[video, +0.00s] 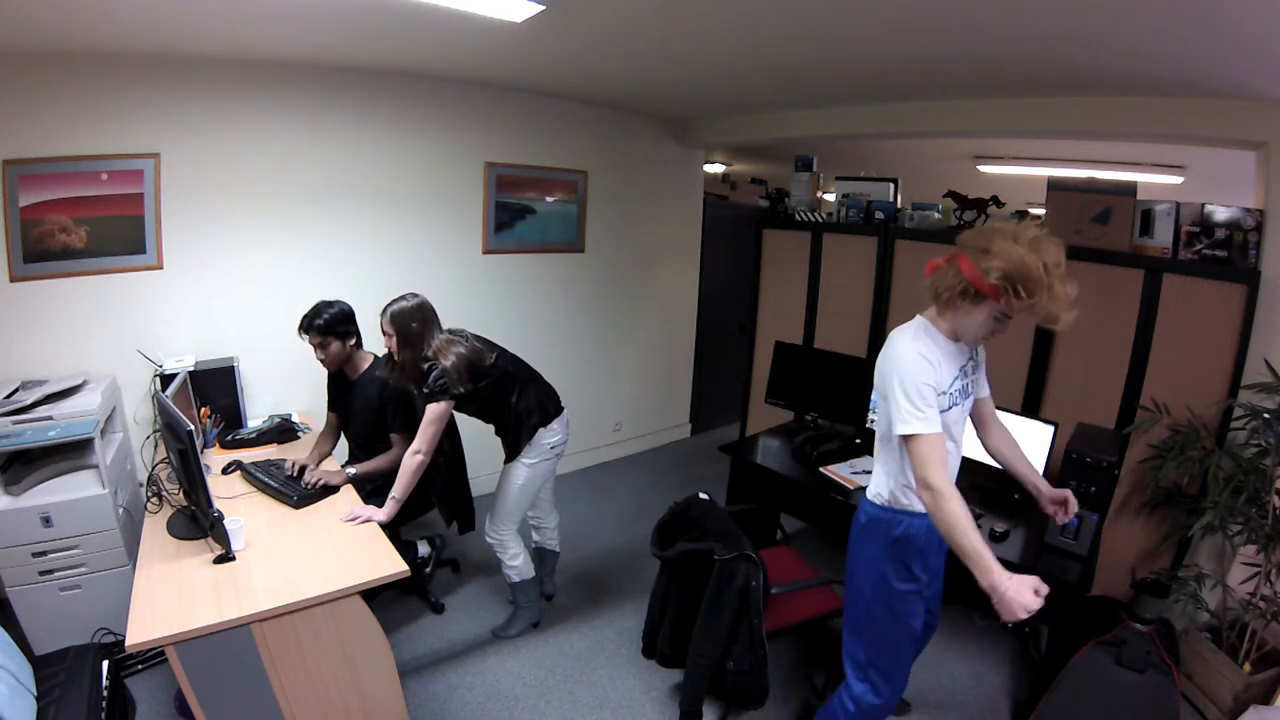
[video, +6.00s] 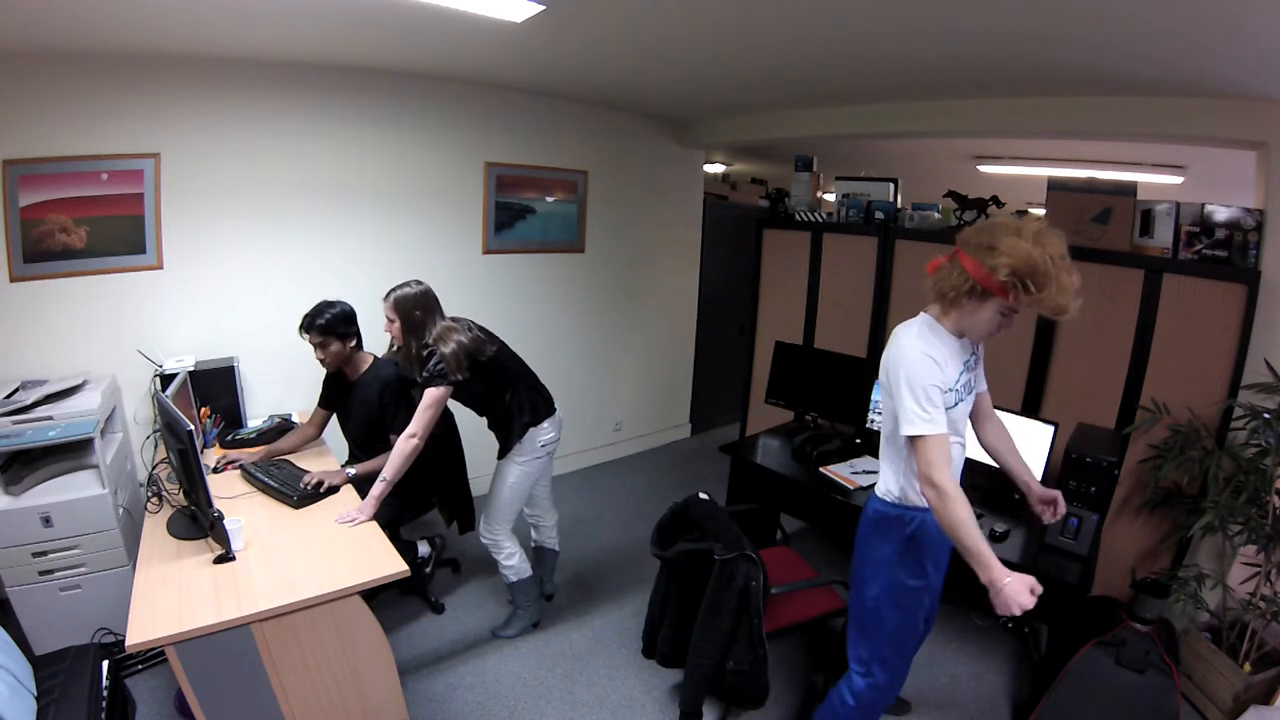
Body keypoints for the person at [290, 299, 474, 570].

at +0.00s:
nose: (318, 356)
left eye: (323, 346)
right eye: (314, 348)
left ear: (350, 339)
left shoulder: (388, 382)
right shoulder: (338, 375)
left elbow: (402, 451)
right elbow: (332, 428)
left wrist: (346, 474)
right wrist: (312, 459)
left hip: (407, 476)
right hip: (364, 473)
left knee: (342, 532)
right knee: (320, 514)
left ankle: (420, 552)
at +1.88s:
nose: (319, 357)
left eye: (325, 348)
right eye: (315, 349)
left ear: (351, 342)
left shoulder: (388, 379)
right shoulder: (339, 375)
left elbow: (403, 451)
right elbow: (325, 424)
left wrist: (346, 473)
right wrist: (288, 447)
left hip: (403, 479)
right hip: (363, 474)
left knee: (343, 531)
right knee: (318, 514)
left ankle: (418, 553)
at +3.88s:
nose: (311, 356)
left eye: (316, 348)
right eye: (310, 348)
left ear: (343, 345)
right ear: (337, 347)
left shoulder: (390, 380)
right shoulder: (337, 378)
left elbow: (406, 448)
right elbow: (312, 428)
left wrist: (347, 473)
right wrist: (260, 453)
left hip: (413, 477)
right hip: (371, 470)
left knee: (353, 532)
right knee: (323, 514)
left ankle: (418, 555)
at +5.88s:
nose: (317, 356)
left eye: (321, 347)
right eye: (313, 348)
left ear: (348, 342)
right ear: (343, 344)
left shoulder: (389, 379)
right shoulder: (337, 376)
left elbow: (404, 450)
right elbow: (312, 428)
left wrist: (347, 473)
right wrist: (259, 453)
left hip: (410, 477)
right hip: (368, 471)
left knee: (349, 533)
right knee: (319, 515)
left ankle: (419, 553)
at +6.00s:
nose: (318, 356)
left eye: (323, 347)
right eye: (314, 348)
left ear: (350, 341)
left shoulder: (389, 379)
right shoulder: (337, 377)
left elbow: (404, 450)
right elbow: (312, 428)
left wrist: (347, 473)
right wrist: (259, 453)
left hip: (410, 477)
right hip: (368, 471)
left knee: (351, 533)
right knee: (320, 515)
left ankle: (419, 554)